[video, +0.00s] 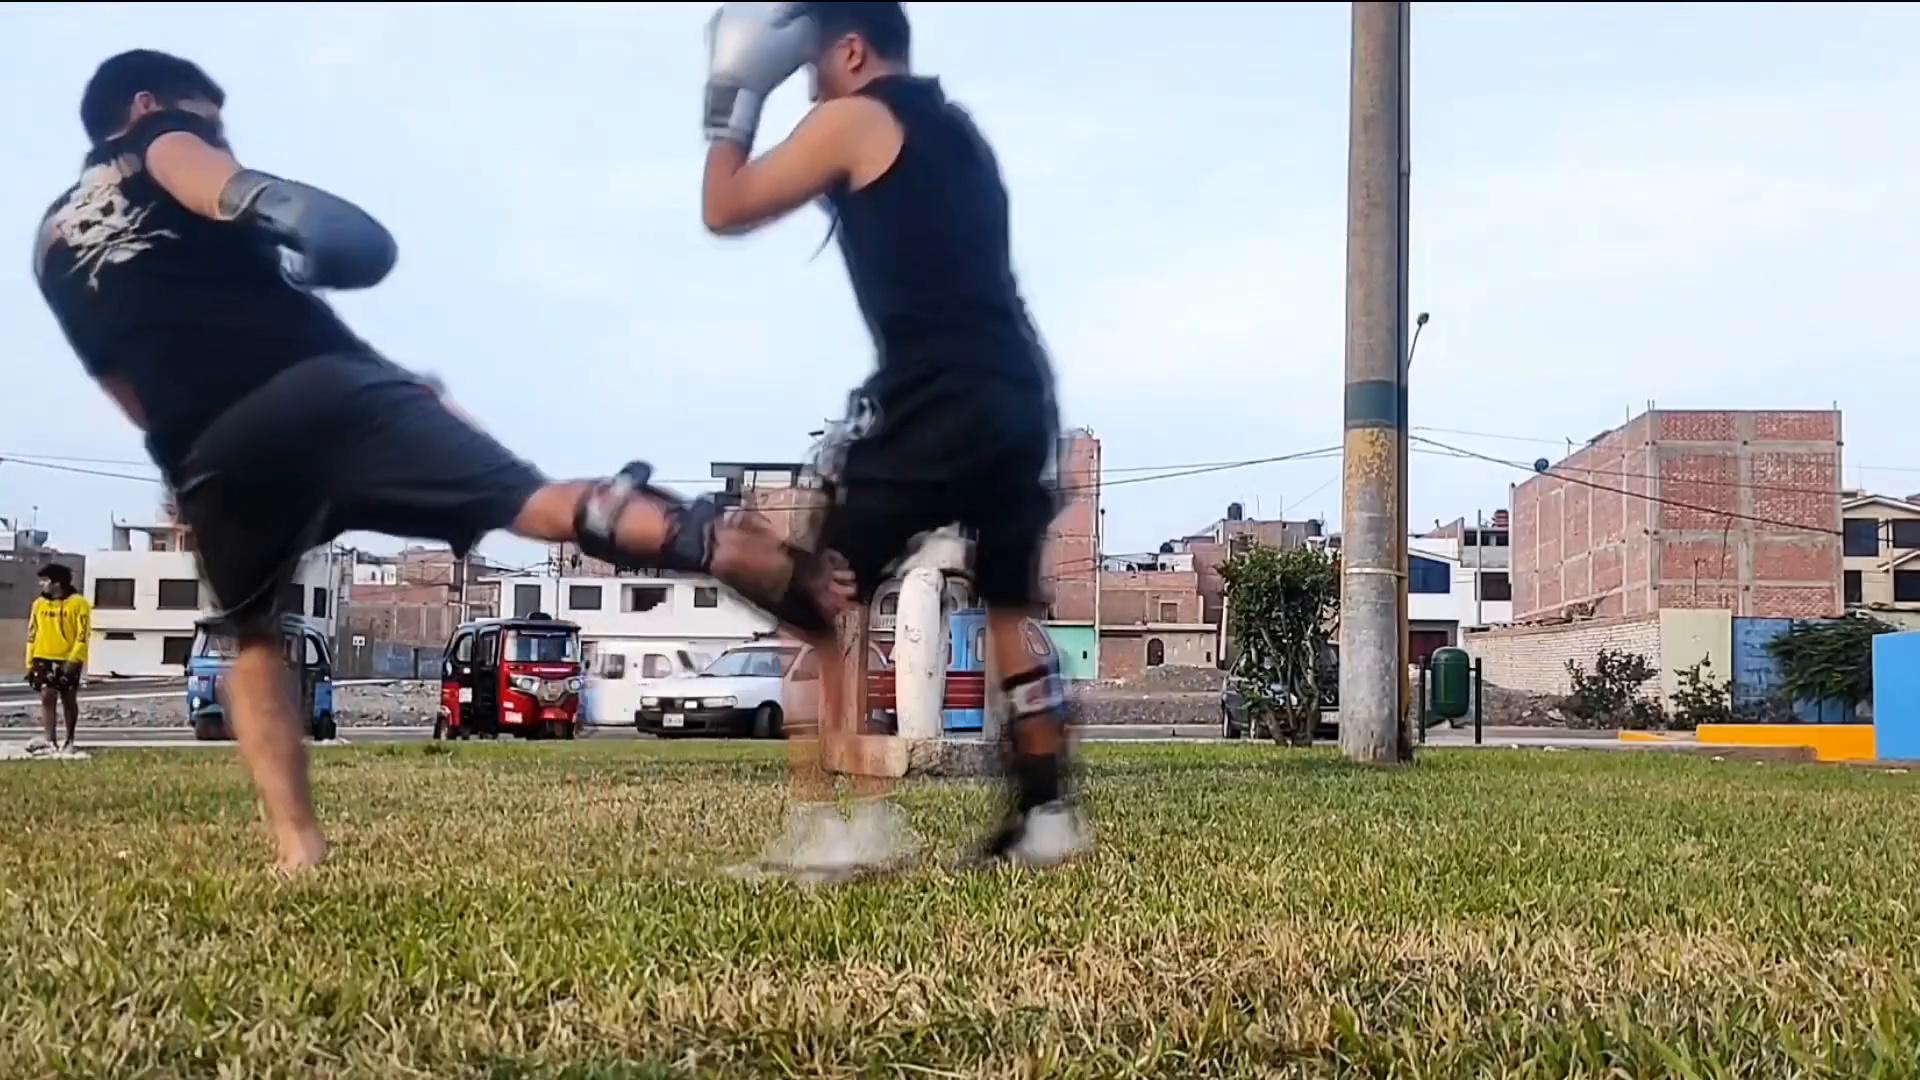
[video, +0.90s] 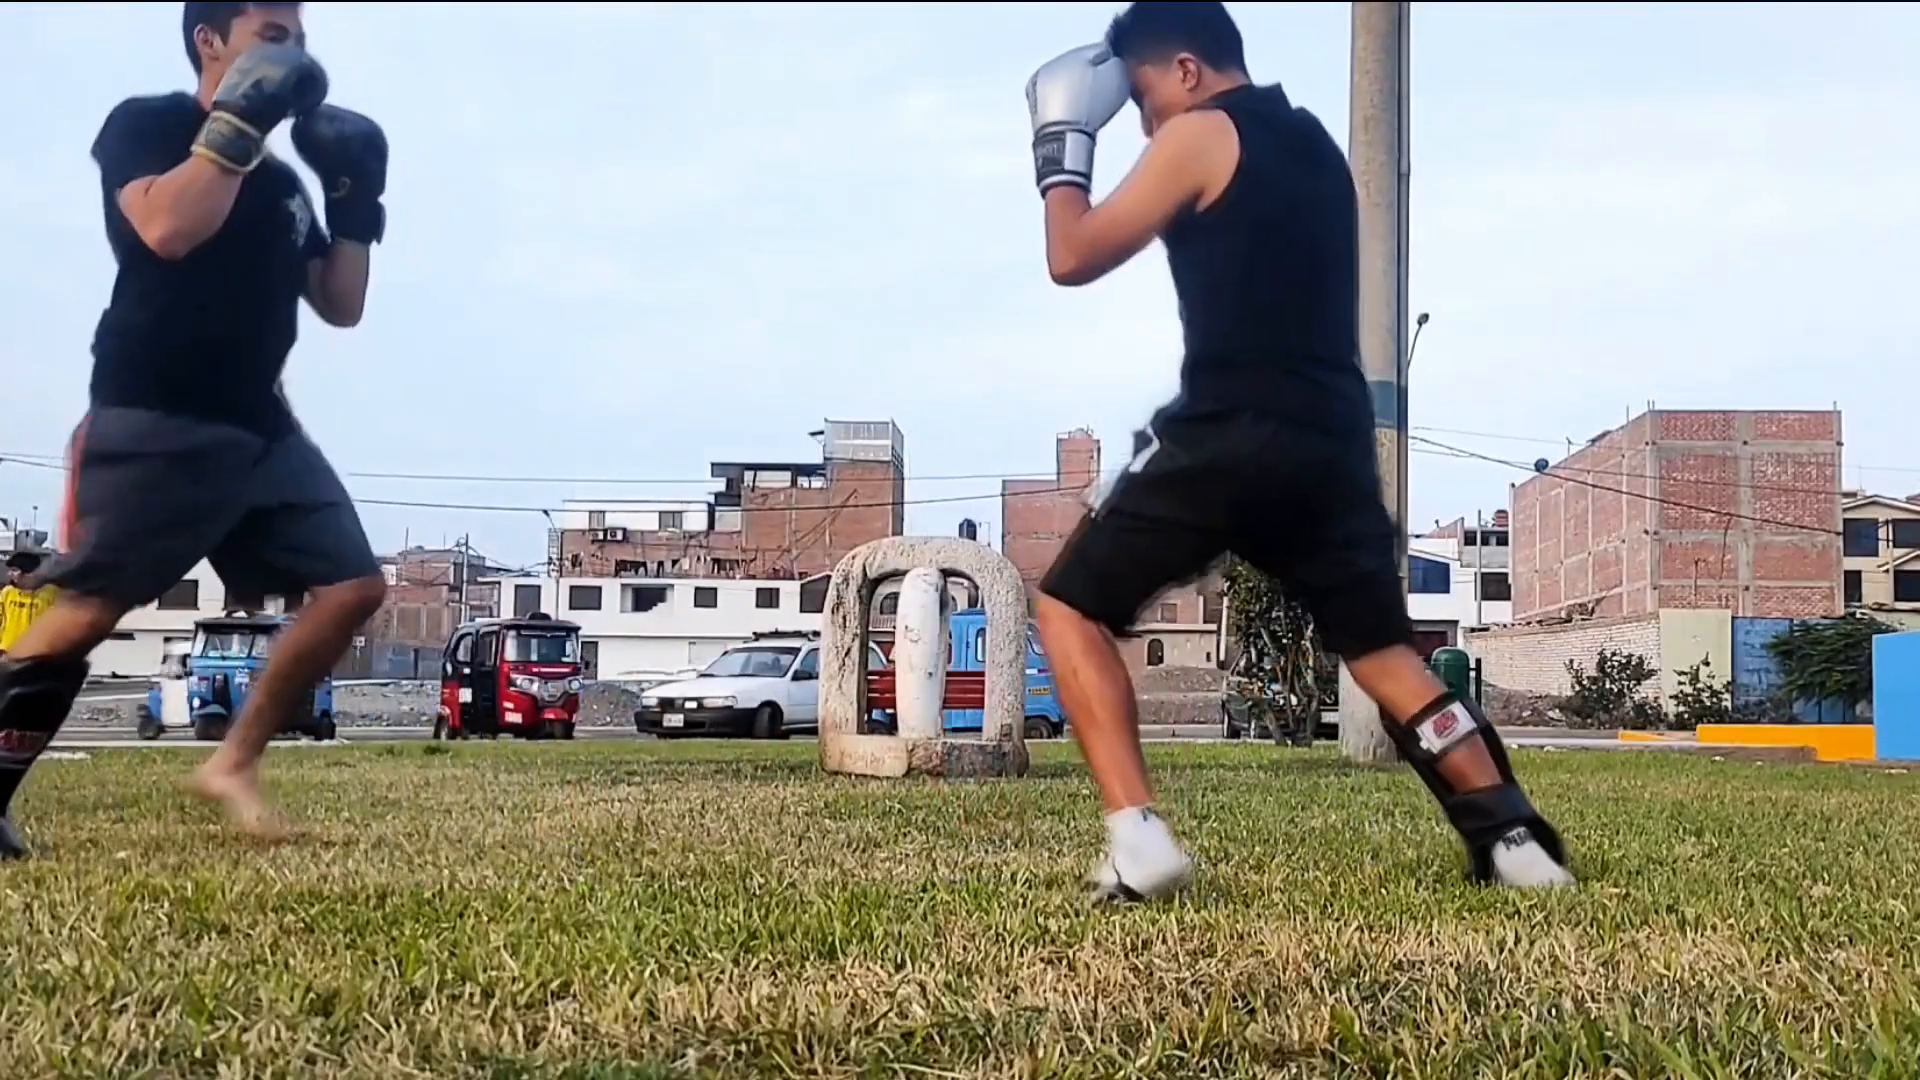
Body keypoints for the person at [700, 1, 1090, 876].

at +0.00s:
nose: (813, 75)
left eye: (816, 57)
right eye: (810, 61)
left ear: (853, 51)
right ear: (891, 50)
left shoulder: (854, 120)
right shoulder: (958, 130)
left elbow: (724, 207)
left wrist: (733, 94)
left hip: (934, 402)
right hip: (1022, 404)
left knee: (828, 590)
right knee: (1012, 602)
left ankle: (853, 818)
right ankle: (1045, 812)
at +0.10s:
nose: (870, 72)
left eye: (872, 52)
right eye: (868, 56)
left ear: (906, 41)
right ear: (950, 40)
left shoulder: (901, 121)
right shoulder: (1029, 124)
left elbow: (768, 184)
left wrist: (779, 68)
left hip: (985, 401)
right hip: (1079, 396)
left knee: (911, 614)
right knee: (1086, 584)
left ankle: (977, 835)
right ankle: (1175, 771)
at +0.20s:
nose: (933, 103)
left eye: (934, 80)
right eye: (928, 83)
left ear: (975, 66)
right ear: (1013, 63)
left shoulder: (980, 152)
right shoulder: (1097, 153)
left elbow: (850, 231)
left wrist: (847, 122)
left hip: (1031, 441)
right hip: (1130, 439)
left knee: (934, 633)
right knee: (1181, 609)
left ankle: (987, 852)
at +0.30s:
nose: (1002, 134)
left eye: (1004, 110)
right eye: (997, 114)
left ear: (1053, 96)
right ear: (1073, 94)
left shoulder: (1078, 185)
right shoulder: (1162, 179)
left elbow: (971, 308)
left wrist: (926, 207)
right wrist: (1016, 224)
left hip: (1109, 471)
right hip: (1194, 469)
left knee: (970, 630)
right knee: (1231, 645)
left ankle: (992, 860)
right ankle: (1390, 805)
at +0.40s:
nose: (1061, 152)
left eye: (1064, 128)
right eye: (1057, 132)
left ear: (1115, 114)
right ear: (1132, 111)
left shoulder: (1152, 199)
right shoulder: (1215, 186)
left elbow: (1077, 340)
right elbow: (1180, 289)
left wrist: (1027, 266)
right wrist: (1091, 239)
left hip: (1184, 476)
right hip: (1262, 475)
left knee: (1028, 620)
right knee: (1288, 669)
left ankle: (1006, 855)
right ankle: (1419, 834)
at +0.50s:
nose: (1089, 134)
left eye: (1089, 108)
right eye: (1082, 115)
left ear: (1141, 81)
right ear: (1164, 83)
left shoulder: (1179, 150)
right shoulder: (1251, 150)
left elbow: (1131, 306)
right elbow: (1223, 291)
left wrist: (1064, 227)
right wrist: (1138, 205)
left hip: (1220, 431)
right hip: (1303, 432)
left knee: (1077, 598)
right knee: (1316, 639)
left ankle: (1088, 835)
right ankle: (1422, 828)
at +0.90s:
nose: (1146, 121)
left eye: (1146, 99)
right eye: (1139, 105)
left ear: (1184, 70)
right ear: (1223, 65)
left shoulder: (1199, 136)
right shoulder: (1316, 146)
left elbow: (1071, 257)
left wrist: (1061, 143)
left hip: (1226, 436)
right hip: (1334, 448)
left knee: (1069, 606)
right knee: (1382, 649)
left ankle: (1138, 841)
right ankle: (1513, 838)